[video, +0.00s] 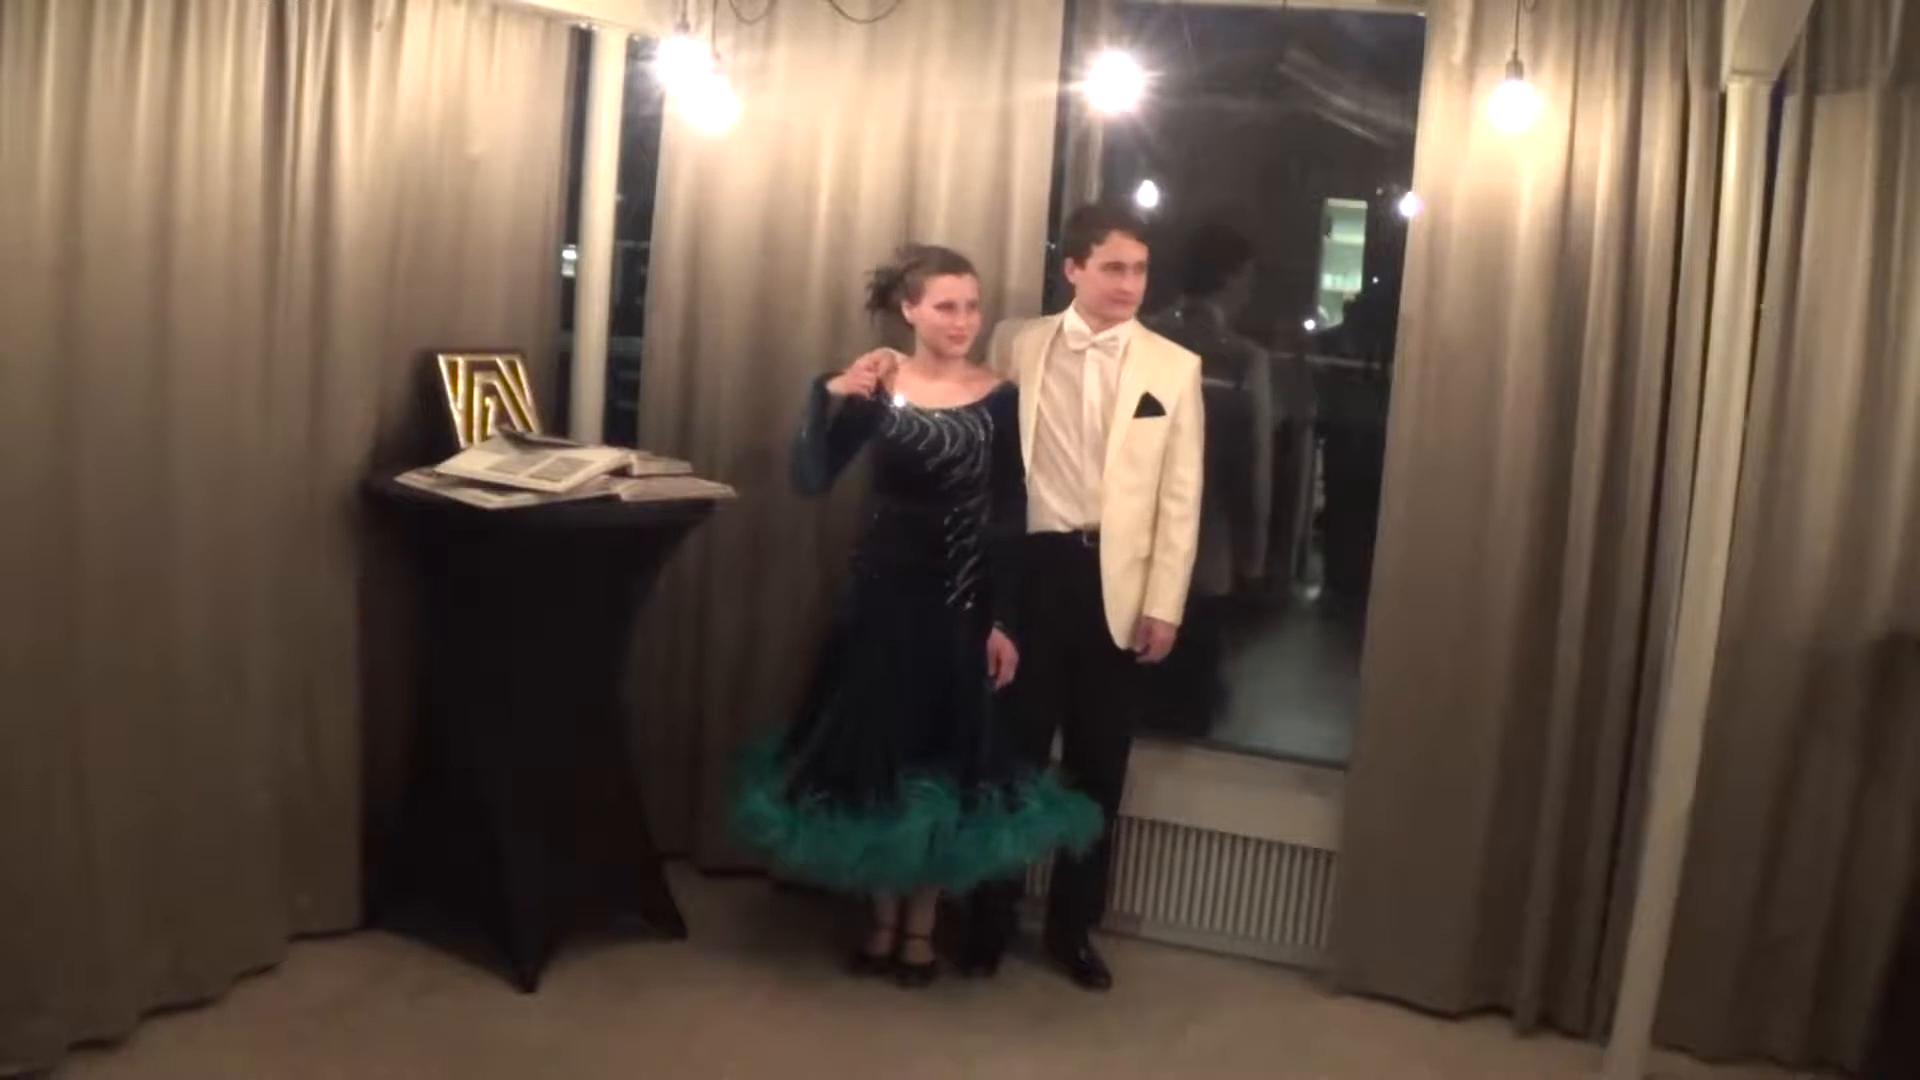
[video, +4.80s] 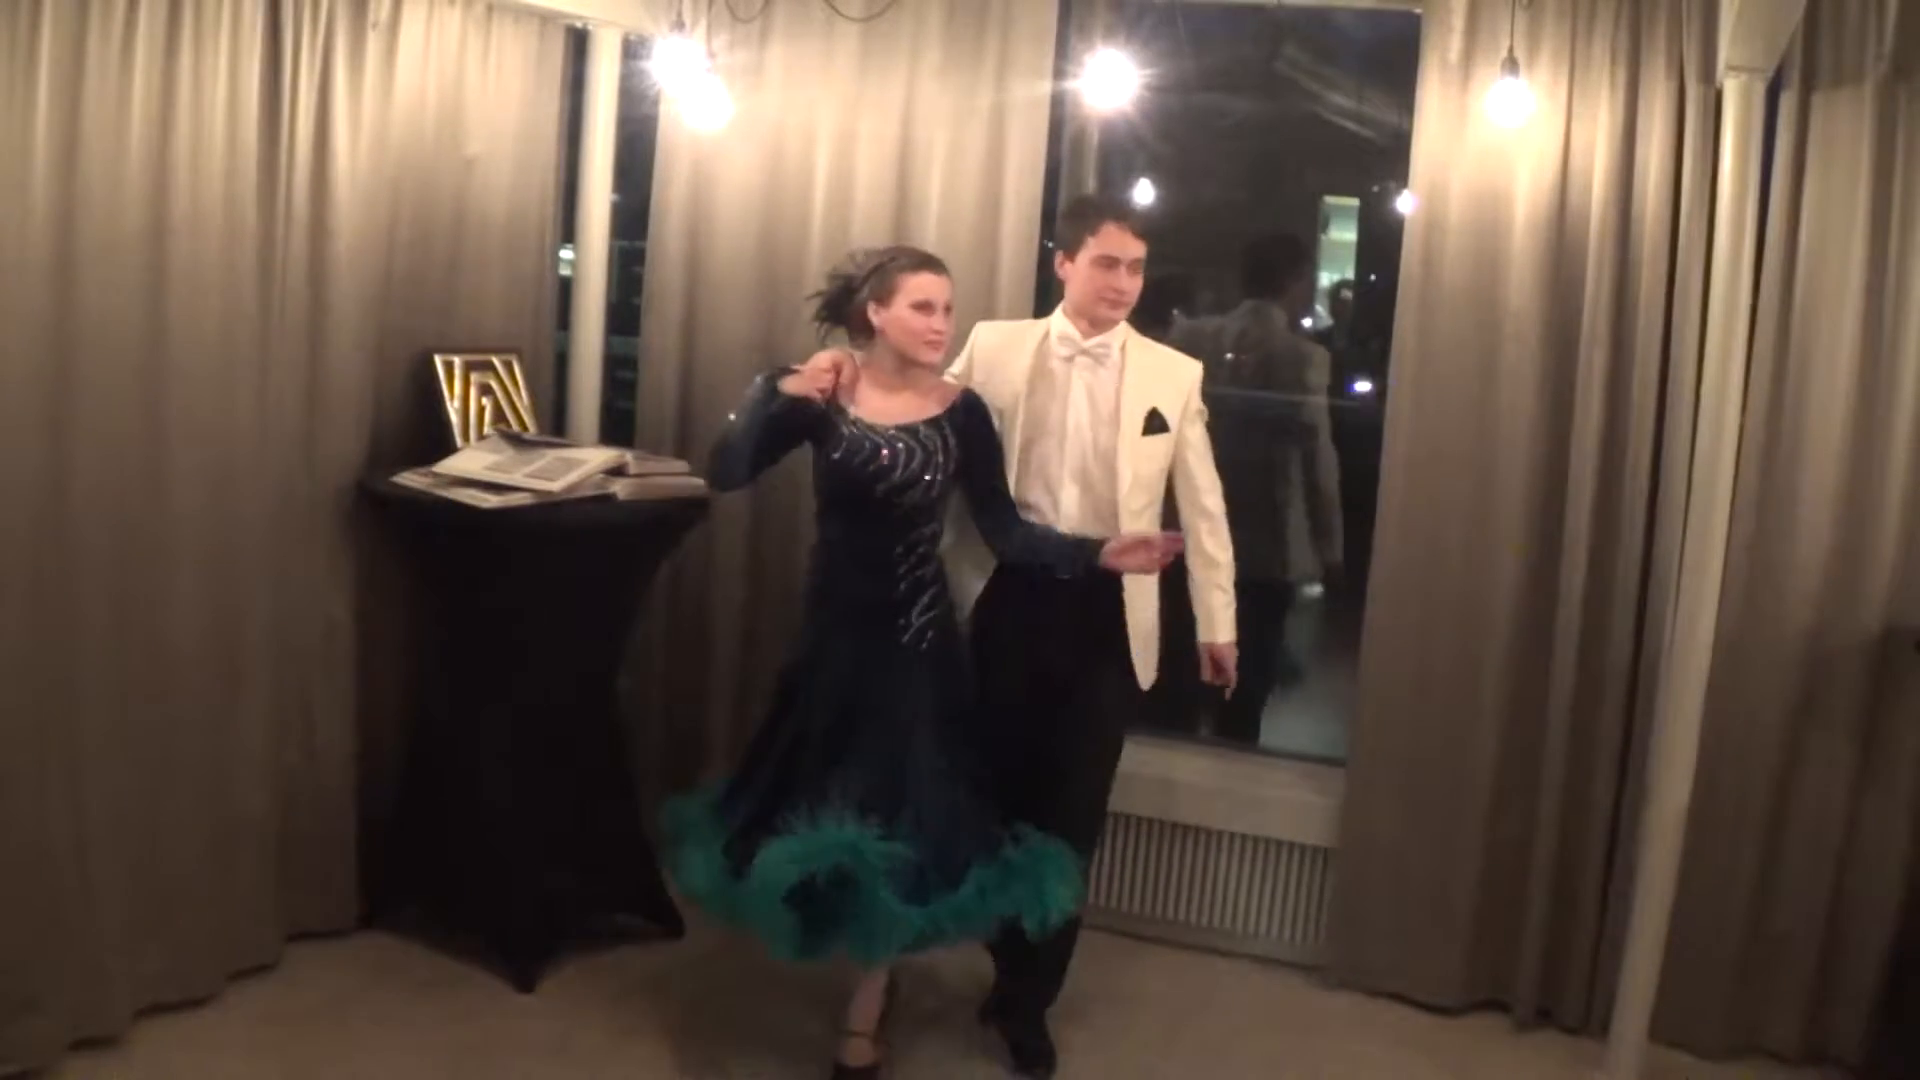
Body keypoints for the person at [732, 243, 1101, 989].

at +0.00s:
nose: (961, 321)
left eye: (971, 307)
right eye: (944, 307)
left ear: (984, 313)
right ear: (906, 312)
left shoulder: (997, 398)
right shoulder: (880, 387)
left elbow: (1008, 515)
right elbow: (812, 477)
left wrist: (1003, 620)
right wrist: (835, 394)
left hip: (962, 599)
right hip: (888, 592)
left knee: (943, 753)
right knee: (883, 748)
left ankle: (923, 914)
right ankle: (881, 910)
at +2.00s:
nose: (957, 323)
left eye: (966, 309)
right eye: (941, 309)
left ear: (979, 315)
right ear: (902, 312)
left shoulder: (992, 398)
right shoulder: (871, 385)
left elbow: (1005, 515)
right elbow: (808, 480)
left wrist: (1005, 617)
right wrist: (832, 396)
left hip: (960, 595)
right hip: (883, 588)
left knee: (940, 749)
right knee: (880, 744)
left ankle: (922, 908)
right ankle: (880, 905)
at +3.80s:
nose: (937, 354)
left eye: (941, 334)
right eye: (917, 346)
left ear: (953, 322)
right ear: (888, 351)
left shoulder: (992, 407)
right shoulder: (875, 408)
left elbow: (1011, 519)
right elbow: (809, 494)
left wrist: (972, 520)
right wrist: (825, 416)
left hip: (964, 610)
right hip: (889, 603)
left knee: (936, 759)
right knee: (869, 755)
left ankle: (915, 920)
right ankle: (872, 951)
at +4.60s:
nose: (933, 323)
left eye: (940, 309)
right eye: (915, 309)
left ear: (948, 317)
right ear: (869, 317)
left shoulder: (968, 407)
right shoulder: (837, 393)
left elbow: (991, 525)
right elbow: (747, 479)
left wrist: (1055, 607)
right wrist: (788, 400)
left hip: (933, 617)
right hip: (850, 611)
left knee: (917, 793)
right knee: (848, 785)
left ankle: (883, 985)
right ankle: (878, 954)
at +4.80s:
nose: (942, 324)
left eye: (948, 310)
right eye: (924, 308)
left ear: (953, 320)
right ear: (872, 316)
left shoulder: (962, 412)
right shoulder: (827, 400)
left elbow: (1005, 532)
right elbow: (726, 471)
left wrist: (1105, 551)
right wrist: (782, 389)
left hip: (924, 626)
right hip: (842, 620)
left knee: (905, 799)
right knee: (846, 790)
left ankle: (870, 985)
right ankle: (872, 965)